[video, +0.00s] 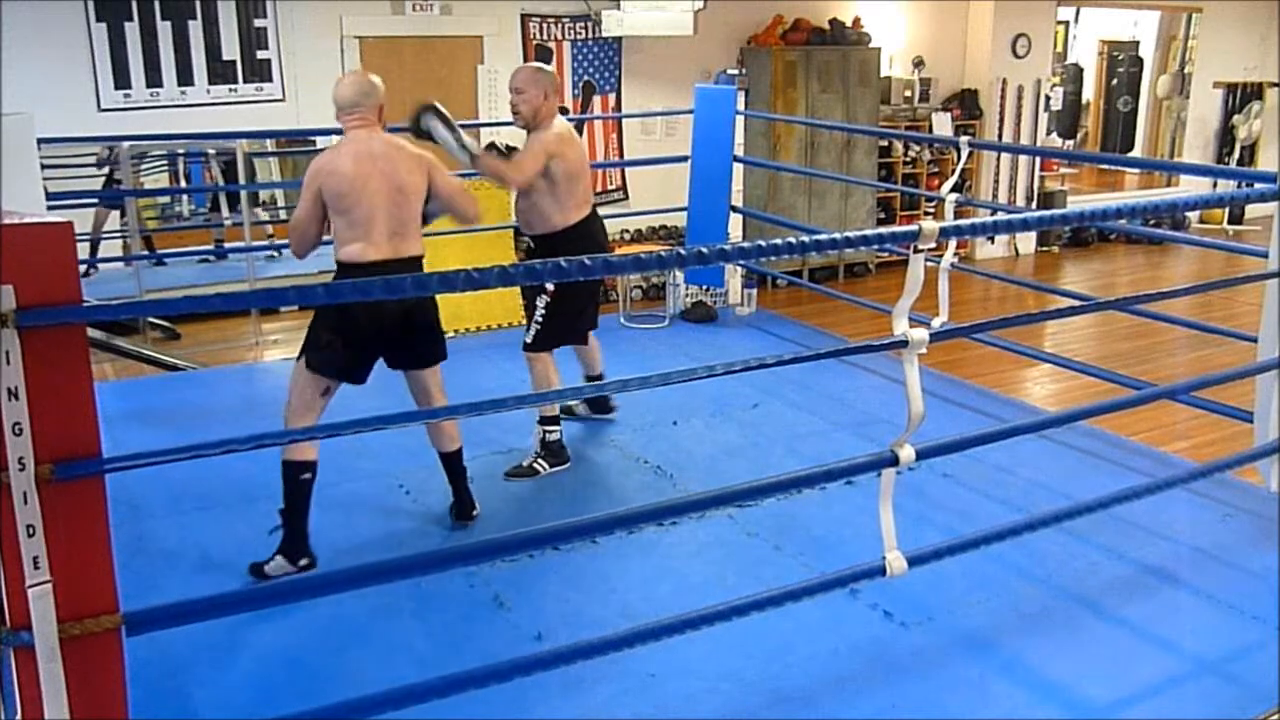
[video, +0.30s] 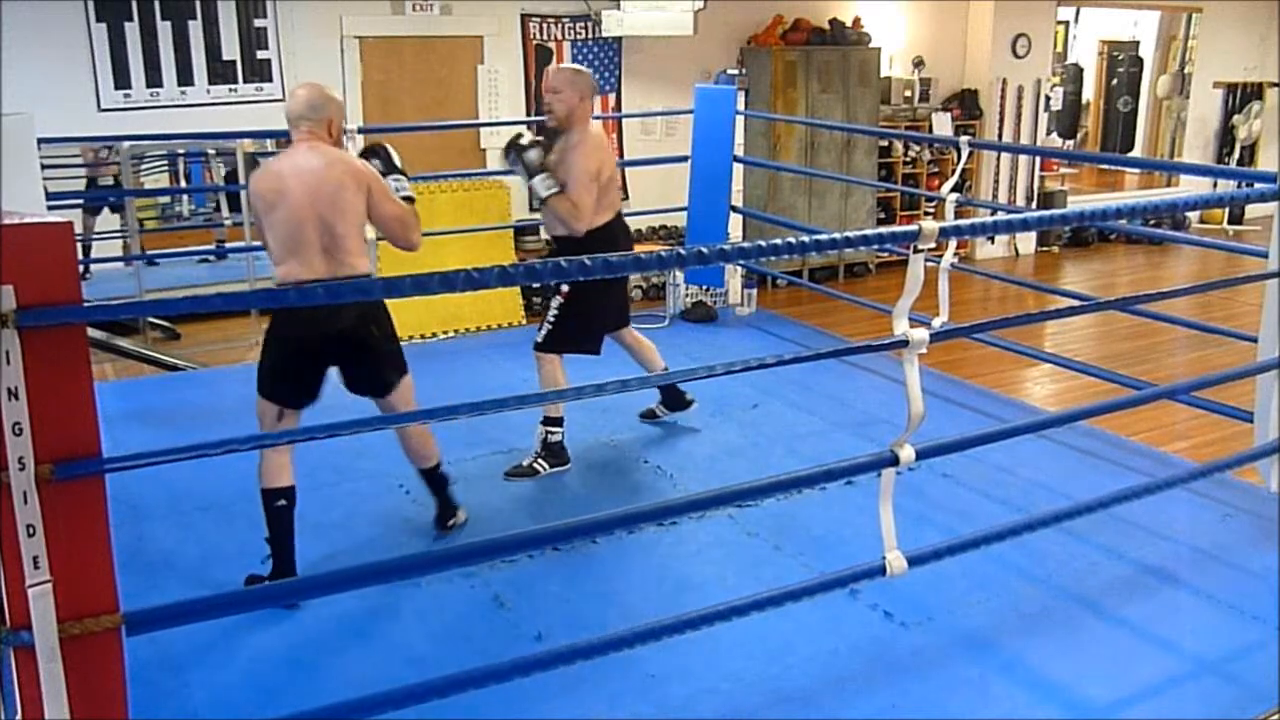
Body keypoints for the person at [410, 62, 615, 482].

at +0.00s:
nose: (511, 102)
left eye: (519, 93)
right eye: (510, 94)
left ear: (549, 98)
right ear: (544, 100)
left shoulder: (545, 139)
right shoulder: (558, 131)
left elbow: (518, 178)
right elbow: (537, 176)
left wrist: (472, 153)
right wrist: (501, 159)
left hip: (561, 253)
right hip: (582, 242)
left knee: (536, 350)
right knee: (579, 329)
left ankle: (552, 446)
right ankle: (598, 397)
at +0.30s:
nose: (545, 101)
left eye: (554, 94)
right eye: (545, 93)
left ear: (580, 101)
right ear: (573, 102)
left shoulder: (584, 147)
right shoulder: (577, 137)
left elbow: (578, 221)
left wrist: (538, 175)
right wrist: (537, 160)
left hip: (591, 258)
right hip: (607, 249)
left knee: (547, 349)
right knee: (620, 328)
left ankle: (552, 447)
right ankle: (673, 395)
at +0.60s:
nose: (607, 101)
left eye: (616, 94)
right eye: (606, 93)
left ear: (641, 100)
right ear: (608, 98)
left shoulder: (650, 149)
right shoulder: (619, 143)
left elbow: (634, 211)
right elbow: (606, 209)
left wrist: (605, 172)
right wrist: (589, 166)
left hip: (650, 253)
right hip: (630, 249)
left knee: (608, 343)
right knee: (650, 335)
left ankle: (579, 436)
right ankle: (687, 406)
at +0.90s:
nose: (629, 97)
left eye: (636, 90)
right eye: (627, 90)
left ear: (659, 92)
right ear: (637, 93)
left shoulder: (672, 138)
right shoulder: (638, 132)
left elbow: (634, 186)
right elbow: (601, 179)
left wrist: (630, 132)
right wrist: (602, 127)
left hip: (670, 238)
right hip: (645, 237)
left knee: (633, 335)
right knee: (665, 332)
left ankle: (640, 432)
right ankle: (689, 405)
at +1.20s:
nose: (621, 105)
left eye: (627, 97)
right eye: (618, 97)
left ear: (653, 96)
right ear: (642, 97)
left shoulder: (663, 144)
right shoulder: (638, 138)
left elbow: (623, 198)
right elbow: (604, 188)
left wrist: (614, 146)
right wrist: (601, 142)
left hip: (662, 243)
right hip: (645, 239)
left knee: (637, 346)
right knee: (661, 336)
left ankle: (647, 442)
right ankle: (688, 405)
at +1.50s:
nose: (607, 103)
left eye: (613, 96)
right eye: (606, 96)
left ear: (639, 98)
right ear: (628, 99)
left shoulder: (649, 145)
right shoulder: (624, 140)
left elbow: (609, 196)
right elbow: (593, 192)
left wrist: (592, 152)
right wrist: (586, 147)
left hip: (654, 243)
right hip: (636, 240)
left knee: (638, 344)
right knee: (645, 329)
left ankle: (647, 442)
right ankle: (659, 390)